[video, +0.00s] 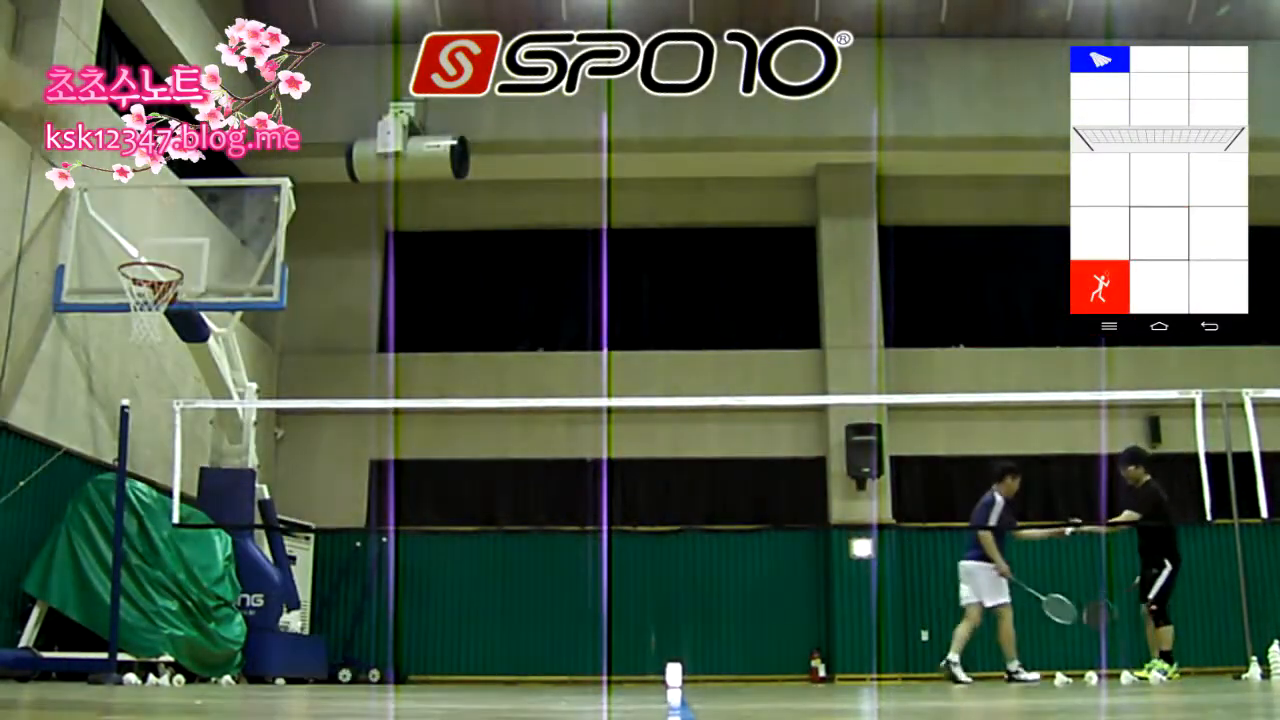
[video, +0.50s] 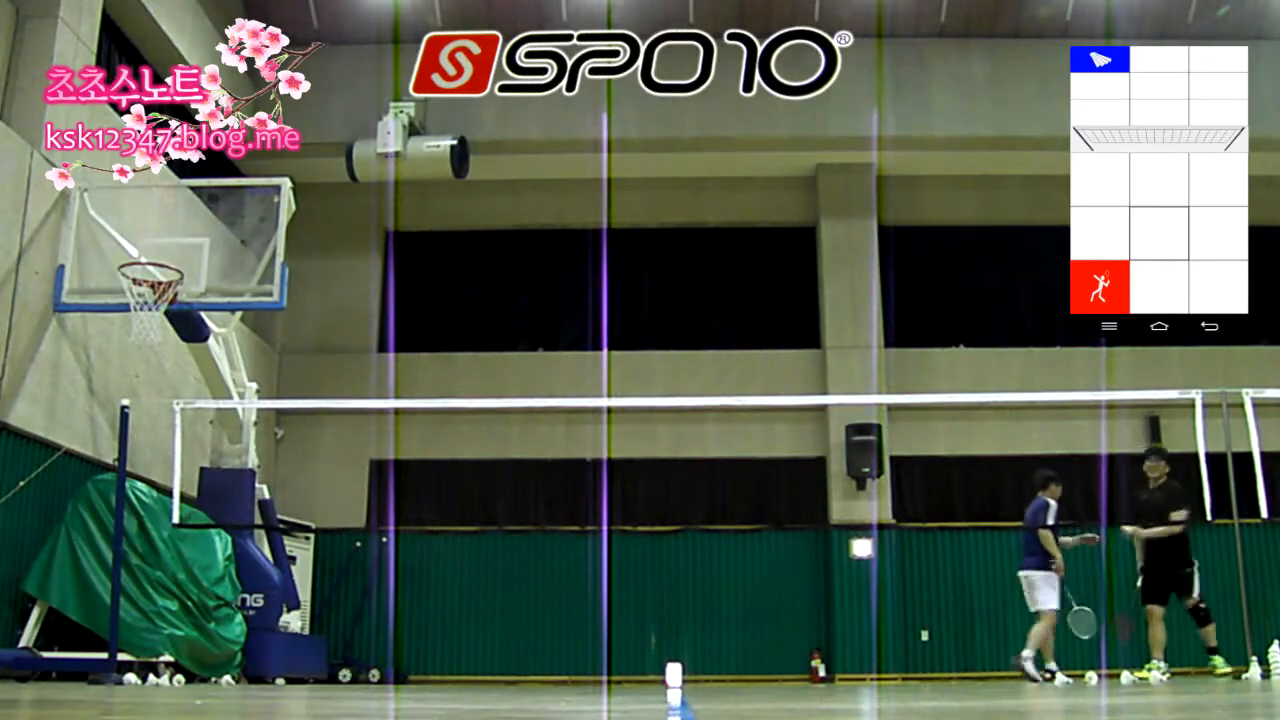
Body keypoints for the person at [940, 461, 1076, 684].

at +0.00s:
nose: (1017, 487)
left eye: (1018, 482)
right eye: (1016, 482)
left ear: (1002, 481)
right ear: (1006, 480)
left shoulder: (992, 501)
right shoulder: (996, 501)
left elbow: (1017, 532)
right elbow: (984, 532)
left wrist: (1054, 532)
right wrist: (1000, 563)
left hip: (969, 564)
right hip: (986, 565)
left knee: (972, 616)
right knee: (1005, 613)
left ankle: (952, 658)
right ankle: (1013, 666)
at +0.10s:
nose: (1027, 486)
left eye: (1027, 481)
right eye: (1025, 481)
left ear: (1012, 481)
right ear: (1016, 480)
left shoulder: (1006, 501)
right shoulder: (1007, 500)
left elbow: (1024, 534)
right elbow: (999, 533)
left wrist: (1057, 533)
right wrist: (1016, 562)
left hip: (984, 564)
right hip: (997, 564)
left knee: (999, 618)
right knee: (1016, 612)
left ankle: (973, 648)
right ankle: (1015, 666)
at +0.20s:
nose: (1036, 485)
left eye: (1036, 481)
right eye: (1034, 480)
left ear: (1021, 480)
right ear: (1025, 479)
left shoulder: (1009, 499)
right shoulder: (1019, 499)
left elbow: (1032, 533)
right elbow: (1013, 532)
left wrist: (1064, 534)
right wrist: (1028, 559)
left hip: (994, 560)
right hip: (1006, 560)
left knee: (1014, 612)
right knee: (1019, 611)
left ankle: (999, 648)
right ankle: (1015, 665)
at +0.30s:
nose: (1044, 486)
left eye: (1044, 482)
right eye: (1042, 482)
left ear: (1028, 482)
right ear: (1035, 481)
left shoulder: (1018, 500)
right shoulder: (1028, 499)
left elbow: (1038, 533)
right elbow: (1025, 531)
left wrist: (1070, 535)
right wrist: (1039, 557)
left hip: (1011, 561)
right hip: (1016, 562)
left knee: (1027, 611)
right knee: (1023, 611)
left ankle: (1026, 658)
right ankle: (1015, 664)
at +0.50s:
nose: (1060, 492)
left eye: (1059, 487)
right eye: (1058, 487)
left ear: (1043, 488)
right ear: (1051, 487)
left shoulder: (1034, 507)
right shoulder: (1049, 504)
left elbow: (1052, 540)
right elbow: (1043, 531)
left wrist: (1080, 540)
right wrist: (1058, 556)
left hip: (1030, 569)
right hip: (1041, 568)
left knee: (1046, 617)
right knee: (1049, 615)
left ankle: (1050, 664)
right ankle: (1027, 654)